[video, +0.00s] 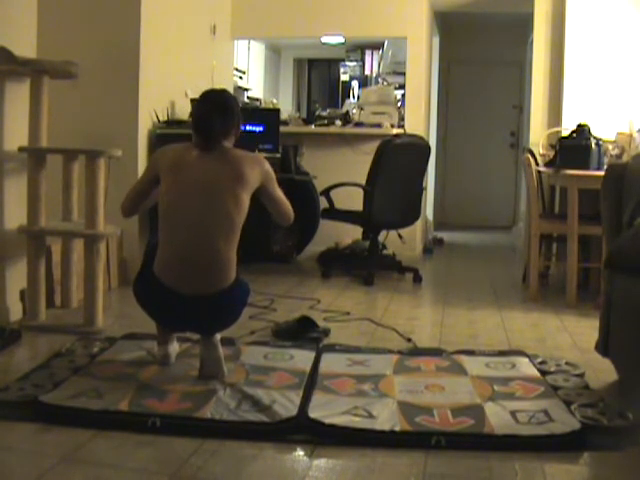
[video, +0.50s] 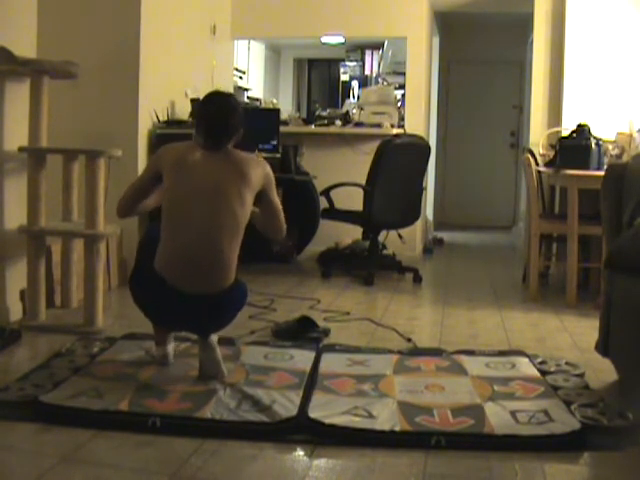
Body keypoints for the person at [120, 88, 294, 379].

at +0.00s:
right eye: (238, 125)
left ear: (192, 124)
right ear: (236, 130)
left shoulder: (166, 158)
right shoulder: (253, 165)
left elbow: (127, 209)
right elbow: (286, 217)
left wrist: (162, 185)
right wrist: (263, 183)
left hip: (165, 307)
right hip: (218, 311)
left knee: (156, 243)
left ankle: (165, 345)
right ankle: (211, 341)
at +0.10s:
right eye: (240, 127)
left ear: (193, 124)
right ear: (236, 131)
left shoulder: (167, 158)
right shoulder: (254, 166)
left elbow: (128, 210)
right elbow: (287, 218)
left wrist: (161, 187)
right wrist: (260, 185)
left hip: (165, 307)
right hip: (218, 311)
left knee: (156, 244)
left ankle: (164, 346)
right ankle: (212, 341)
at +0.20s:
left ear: (194, 126)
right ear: (237, 132)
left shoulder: (168, 158)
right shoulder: (255, 166)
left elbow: (128, 212)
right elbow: (282, 228)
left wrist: (163, 195)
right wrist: (250, 197)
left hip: (166, 308)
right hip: (218, 311)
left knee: (154, 236)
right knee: (239, 285)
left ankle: (165, 345)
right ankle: (211, 342)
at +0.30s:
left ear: (196, 127)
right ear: (238, 135)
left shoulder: (167, 159)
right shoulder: (256, 169)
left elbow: (126, 213)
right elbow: (281, 232)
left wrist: (167, 196)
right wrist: (248, 202)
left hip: (165, 309)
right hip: (219, 312)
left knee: (154, 235)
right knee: (240, 287)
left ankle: (164, 344)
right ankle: (211, 342)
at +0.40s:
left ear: (196, 127)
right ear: (238, 136)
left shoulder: (168, 159)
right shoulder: (256, 169)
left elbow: (124, 210)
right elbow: (281, 232)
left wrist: (167, 195)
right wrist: (247, 205)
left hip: (166, 309)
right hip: (219, 312)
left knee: (153, 235)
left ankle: (164, 345)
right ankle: (210, 342)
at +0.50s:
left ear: (196, 125)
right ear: (238, 135)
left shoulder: (169, 156)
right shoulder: (256, 168)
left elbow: (124, 208)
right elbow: (276, 231)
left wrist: (167, 193)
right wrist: (247, 203)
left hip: (165, 308)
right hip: (216, 312)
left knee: (151, 236)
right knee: (237, 285)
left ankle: (163, 346)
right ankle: (209, 340)